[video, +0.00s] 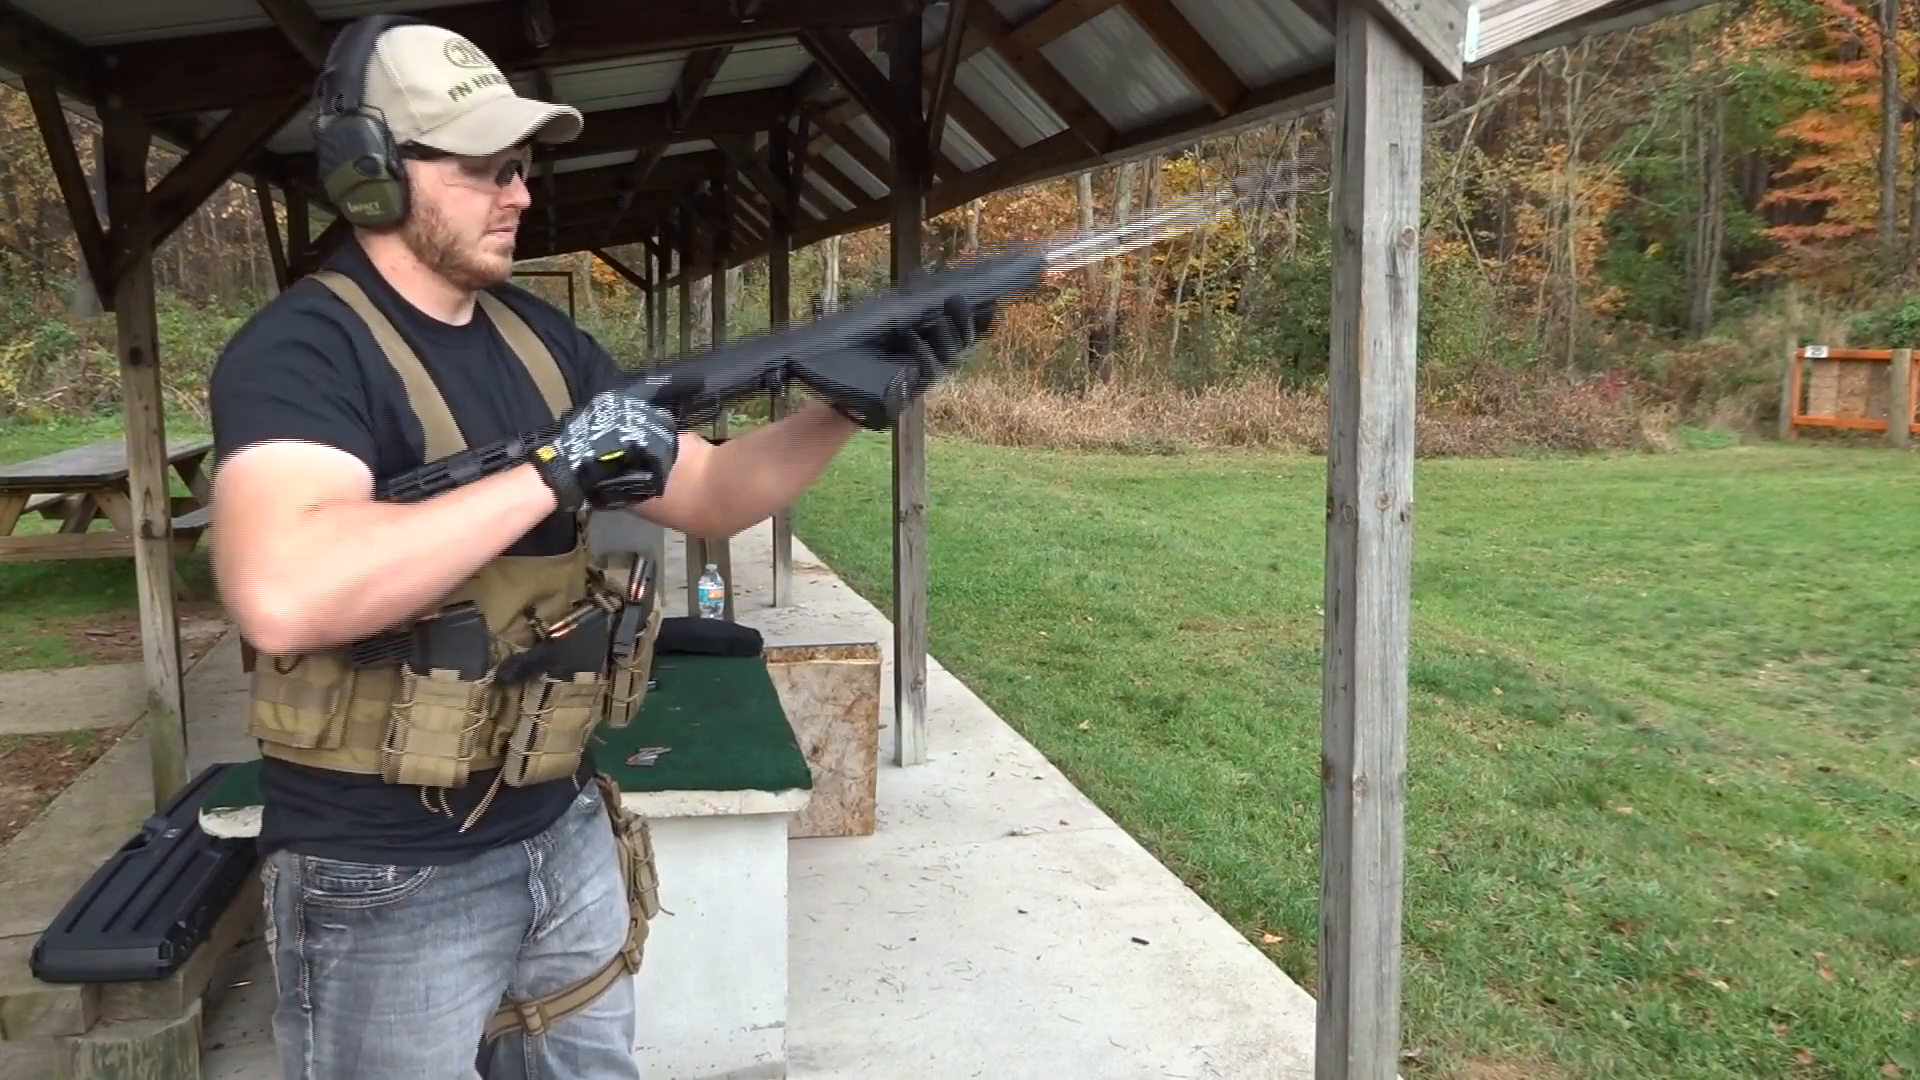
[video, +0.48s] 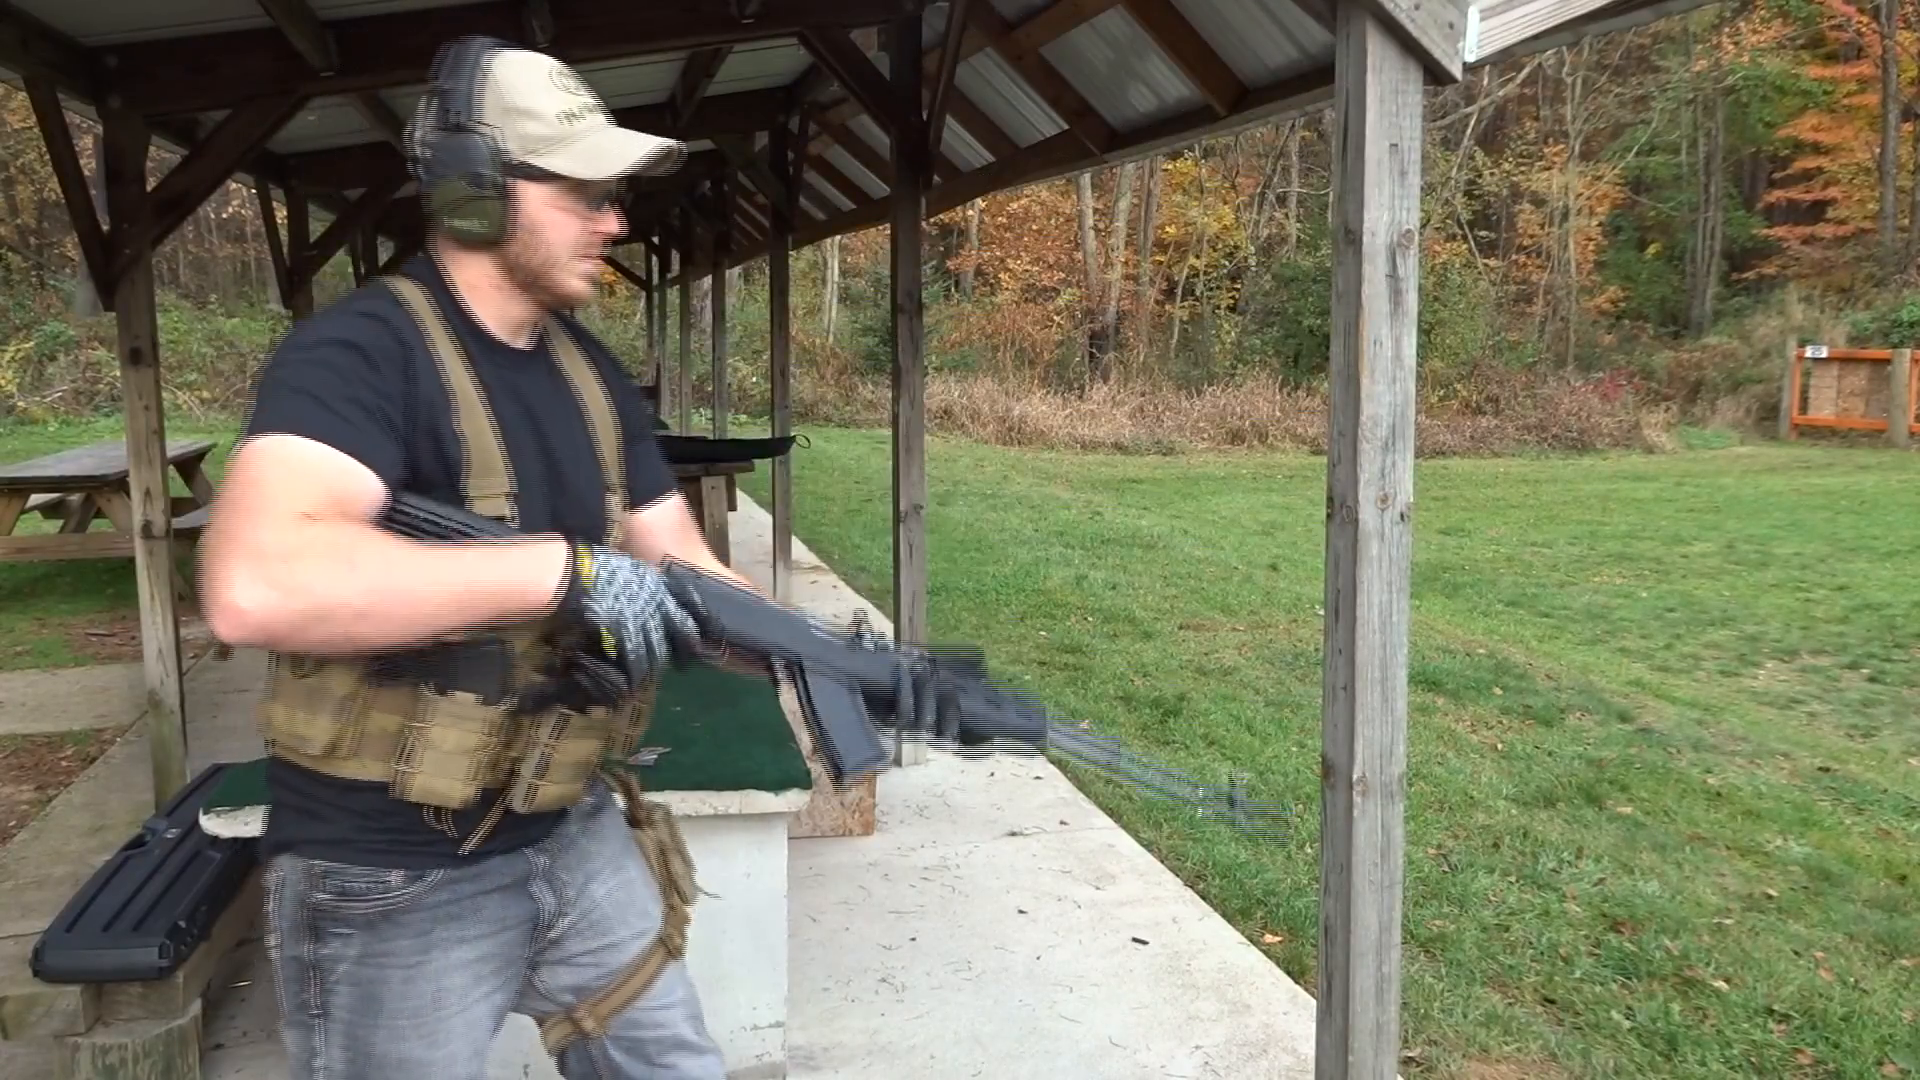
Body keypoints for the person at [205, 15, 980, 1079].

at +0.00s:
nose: (521, 195)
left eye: (520, 165)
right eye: (482, 171)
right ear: (375, 180)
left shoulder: (540, 336)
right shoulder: (299, 353)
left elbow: (707, 493)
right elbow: (285, 596)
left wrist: (847, 400)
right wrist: (558, 469)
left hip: (564, 839)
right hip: (388, 888)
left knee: (594, 1065)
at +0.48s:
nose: (615, 224)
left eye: (613, 197)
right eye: (585, 196)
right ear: (473, 197)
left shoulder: (596, 375)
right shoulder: (358, 352)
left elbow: (684, 573)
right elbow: (254, 584)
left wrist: (821, 654)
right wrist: (567, 576)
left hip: (580, 842)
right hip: (390, 889)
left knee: (676, 1066)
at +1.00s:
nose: (861, 301)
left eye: (861, 276)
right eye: (839, 274)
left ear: (767, 274)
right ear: (748, 269)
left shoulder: (800, 440)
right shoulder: (602, 376)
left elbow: (862, 619)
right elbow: (595, 582)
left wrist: (986, 706)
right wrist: (847, 627)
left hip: (666, 838)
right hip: (476, 851)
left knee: (762, 1067)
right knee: (399, 1067)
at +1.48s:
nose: (714, 334)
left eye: (717, 311)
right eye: (690, 312)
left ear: (632, 298)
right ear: (594, 290)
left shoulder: (672, 404)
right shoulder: (445, 383)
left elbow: (881, 478)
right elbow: (550, 612)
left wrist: (1053, 402)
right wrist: (725, 440)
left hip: (589, 842)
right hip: (393, 879)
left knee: (713, 1074)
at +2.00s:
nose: (689, 344)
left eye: (696, 321)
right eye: (664, 319)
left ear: (682, 300)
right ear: (567, 296)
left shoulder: (644, 402)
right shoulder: (417, 377)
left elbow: (863, 480)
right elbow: (514, 602)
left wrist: (1036, 400)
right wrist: (704, 431)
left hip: (587, 842)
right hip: (390, 880)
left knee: (707, 1070)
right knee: (325, 1079)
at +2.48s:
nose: (674, 348)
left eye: (682, 327)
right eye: (650, 323)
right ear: (554, 297)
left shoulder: (633, 395)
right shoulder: (403, 379)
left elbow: (845, 482)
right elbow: (496, 601)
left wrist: (1016, 402)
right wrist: (684, 430)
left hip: (582, 840)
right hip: (386, 881)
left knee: (703, 1064)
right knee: (326, 1071)